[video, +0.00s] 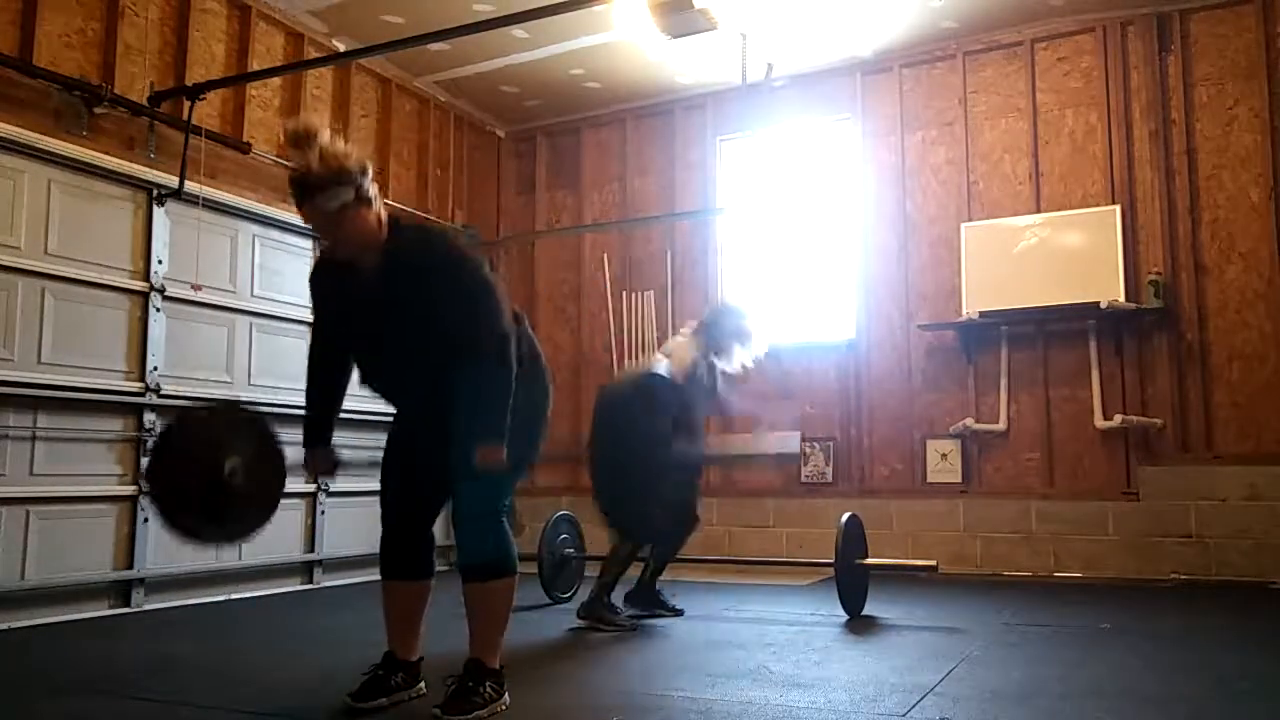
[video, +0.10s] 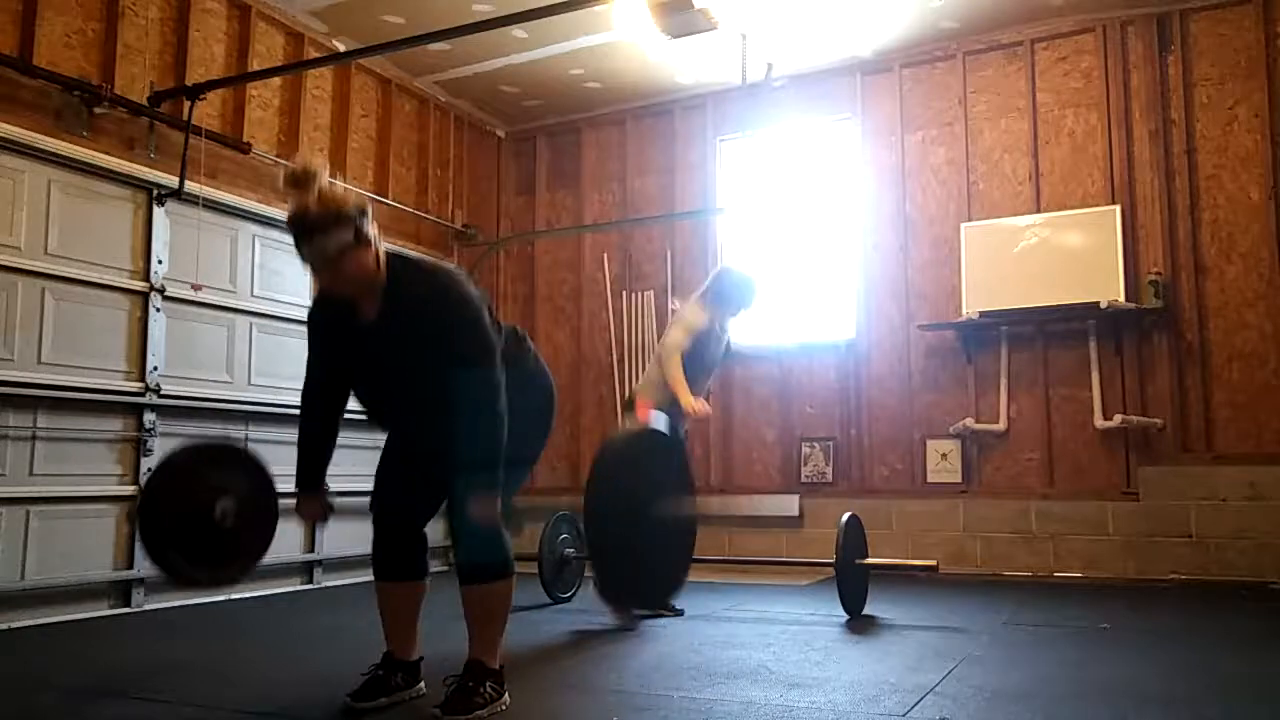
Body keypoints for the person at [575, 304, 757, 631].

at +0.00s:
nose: (742, 354)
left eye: (744, 345)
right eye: (740, 344)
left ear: (718, 334)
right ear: (721, 337)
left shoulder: (703, 363)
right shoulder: (681, 354)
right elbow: (653, 409)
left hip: (678, 461)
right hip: (652, 458)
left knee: (681, 521)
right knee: (637, 526)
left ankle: (645, 590)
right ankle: (597, 600)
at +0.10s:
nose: (738, 313)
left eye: (741, 308)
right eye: (737, 306)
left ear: (724, 293)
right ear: (725, 296)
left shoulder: (716, 319)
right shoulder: (695, 314)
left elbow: (717, 353)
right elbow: (668, 350)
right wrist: (687, 397)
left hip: (674, 413)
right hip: (655, 410)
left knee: (673, 502)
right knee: (651, 500)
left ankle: (655, 591)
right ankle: (630, 590)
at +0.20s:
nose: (751, 300)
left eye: (755, 294)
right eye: (752, 292)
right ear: (740, 285)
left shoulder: (722, 306)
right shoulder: (707, 302)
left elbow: (727, 343)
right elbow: (674, 338)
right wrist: (675, 389)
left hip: (682, 386)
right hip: (660, 383)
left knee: (696, 457)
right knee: (694, 456)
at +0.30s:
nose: (762, 308)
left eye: (766, 302)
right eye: (762, 300)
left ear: (750, 292)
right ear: (750, 293)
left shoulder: (736, 315)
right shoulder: (716, 310)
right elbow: (679, 338)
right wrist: (676, 391)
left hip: (688, 393)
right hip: (664, 389)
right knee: (721, 442)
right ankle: (662, 470)